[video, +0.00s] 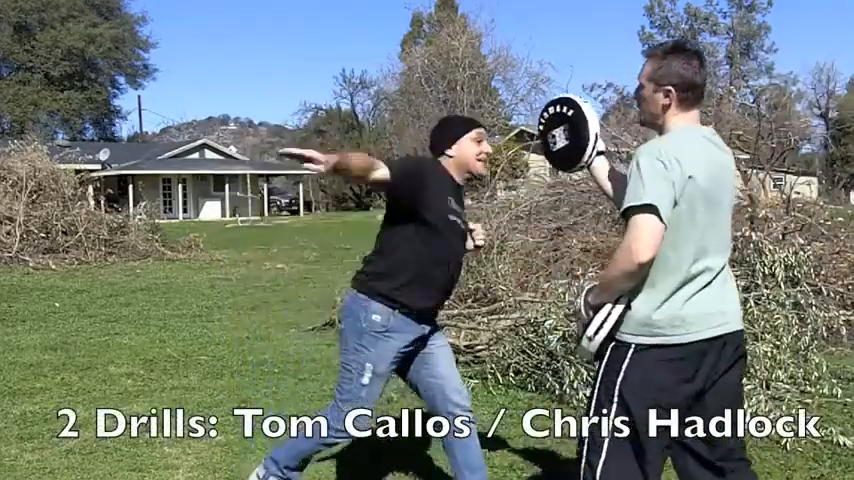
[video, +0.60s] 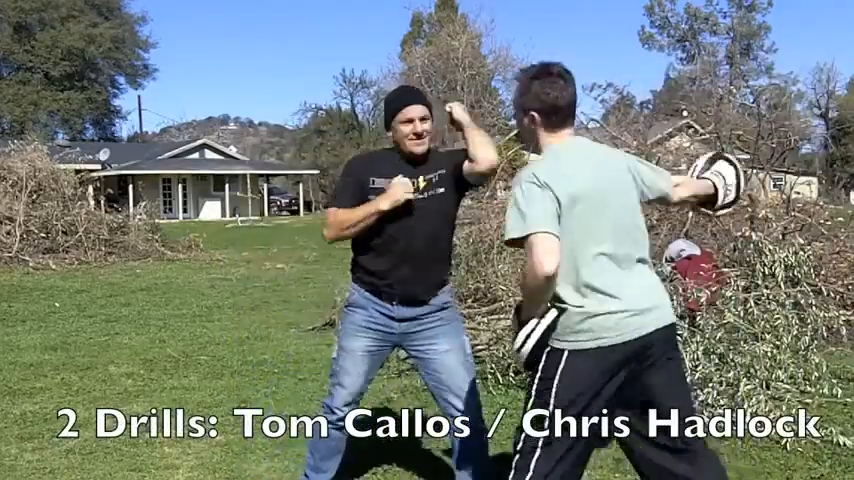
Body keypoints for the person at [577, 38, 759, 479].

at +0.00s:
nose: (635, 96)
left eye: (641, 86)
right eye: (638, 86)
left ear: (667, 95)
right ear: (687, 94)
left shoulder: (654, 155)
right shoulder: (717, 151)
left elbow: (639, 253)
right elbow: (643, 204)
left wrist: (595, 295)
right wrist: (594, 156)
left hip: (653, 340)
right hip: (720, 333)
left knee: (614, 462)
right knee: (720, 459)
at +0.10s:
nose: (649, 102)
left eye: (655, 93)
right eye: (652, 92)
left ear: (681, 101)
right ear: (705, 101)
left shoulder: (655, 156)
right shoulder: (727, 156)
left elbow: (623, 253)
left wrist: (591, 294)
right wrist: (632, 163)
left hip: (647, 340)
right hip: (719, 335)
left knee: (595, 462)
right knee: (723, 460)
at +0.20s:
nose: (649, 104)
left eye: (654, 95)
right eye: (651, 93)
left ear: (676, 105)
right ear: (707, 107)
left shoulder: (637, 157)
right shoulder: (734, 172)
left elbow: (597, 244)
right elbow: (737, 249)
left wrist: (577, 299)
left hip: (629, 342)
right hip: (710, 344)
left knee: (579, 460)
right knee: (720, 463)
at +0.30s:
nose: (634, 110)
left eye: (637, 100)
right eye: (637, 100)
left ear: (651, 106)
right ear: (692, 111)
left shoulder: (611, 164)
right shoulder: (725, 179)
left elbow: (563, 239)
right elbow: (752, 281)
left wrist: (569, 304)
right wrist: (756, 323)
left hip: (612, 347)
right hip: (700, 349)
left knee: (567, 459)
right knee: (719, 465)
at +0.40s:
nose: (605, 125)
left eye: (607, 116)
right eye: (607, 116)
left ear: (619, 119)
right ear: (664, 121)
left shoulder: (585, 177)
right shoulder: (698, 184)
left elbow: (539, 252)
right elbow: (739, 275)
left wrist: (553, 310)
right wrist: (784, 344)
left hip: (595, 355)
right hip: (683, 356)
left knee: (554, 463)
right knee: (715, 468)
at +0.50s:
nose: (564, 130)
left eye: (565, 121)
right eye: (565, 120)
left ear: (576, 123)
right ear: (620, 121)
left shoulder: (554, 182)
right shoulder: (661, 177)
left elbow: (527, 266)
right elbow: (723, 246)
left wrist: (533, 314)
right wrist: (788, 288)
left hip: (581, 355)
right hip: (665, 350)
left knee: (540, 466)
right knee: (697, 465)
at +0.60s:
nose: (517, 125)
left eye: (518, 116)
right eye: (516, 115)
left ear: (532, 120)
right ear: (573, 110)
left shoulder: (536, 175)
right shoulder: (616, 159)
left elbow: (544, 264)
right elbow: (675, 188)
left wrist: (527, 311)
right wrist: (714, 185)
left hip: (586, 338)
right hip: (654, 324)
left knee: (542, 463)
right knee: (681, 450)